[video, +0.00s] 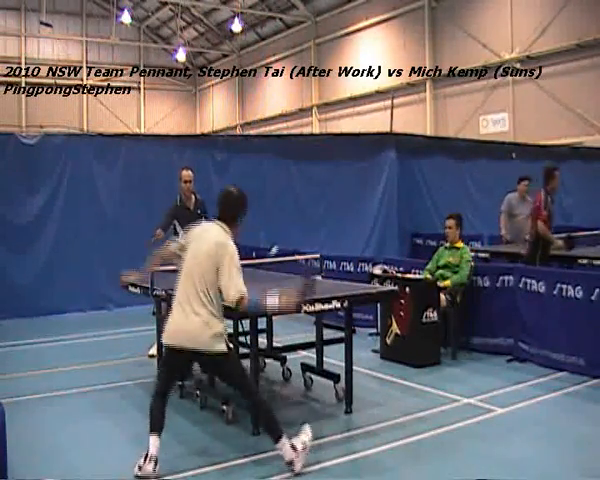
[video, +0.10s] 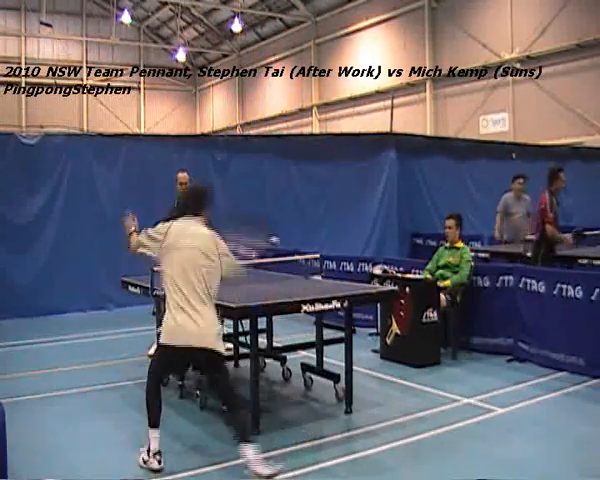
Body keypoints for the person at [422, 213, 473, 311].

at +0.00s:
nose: (446, 231)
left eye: (450, 228)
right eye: (445, 228)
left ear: (458, 230)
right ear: (444, 229)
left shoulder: (464, 251)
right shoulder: (442, 249)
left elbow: (463, 275)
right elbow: (431, 266)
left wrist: (447, 283)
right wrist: (428, 275)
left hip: (454, 284)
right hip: (436, 281)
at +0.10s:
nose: (446, 231)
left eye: (450, 228)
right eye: (445, 228)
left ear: (458, 230)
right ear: (443, 229)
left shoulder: (464, 251)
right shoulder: (442, 249)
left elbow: (463, 275)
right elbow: (431, 265)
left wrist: (447, 283)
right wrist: (428, 275)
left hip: (453, 284)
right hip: (436, 281)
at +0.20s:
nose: (446, 231)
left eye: (449, 228)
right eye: (445, 228)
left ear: (457, 230)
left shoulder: (464, 251)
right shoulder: (442, 249)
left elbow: (463, 276)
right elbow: (431, 266)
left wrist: (446, 283)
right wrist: (428, 275)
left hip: (453, 285)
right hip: (436, 281)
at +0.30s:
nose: (445, 231)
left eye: (448, 228)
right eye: (444, 228)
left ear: (457, 230)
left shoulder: (464, 251)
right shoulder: (442, 249)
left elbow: (463, 276)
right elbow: (430, 266)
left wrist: (447, 283)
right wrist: (428, 275)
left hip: (454, 284)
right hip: (436, 281)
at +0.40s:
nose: (444, 231)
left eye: (448, 228)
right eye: (444, 228)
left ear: (456, 230)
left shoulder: (464, 251)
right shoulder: (442, 249)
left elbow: (463, 275)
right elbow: (430, 266)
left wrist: (447, 283)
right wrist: (428, 276)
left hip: (454, 284)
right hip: (436, 282)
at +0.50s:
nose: (444, 231)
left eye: (448, 228)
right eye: (444, 228)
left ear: (456, 230)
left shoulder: (464, 251)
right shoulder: (442, 249)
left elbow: (463, 275)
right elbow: (431, 265)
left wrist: (447, 283)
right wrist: (428, 275)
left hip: (453, 284)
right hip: (436, 281)